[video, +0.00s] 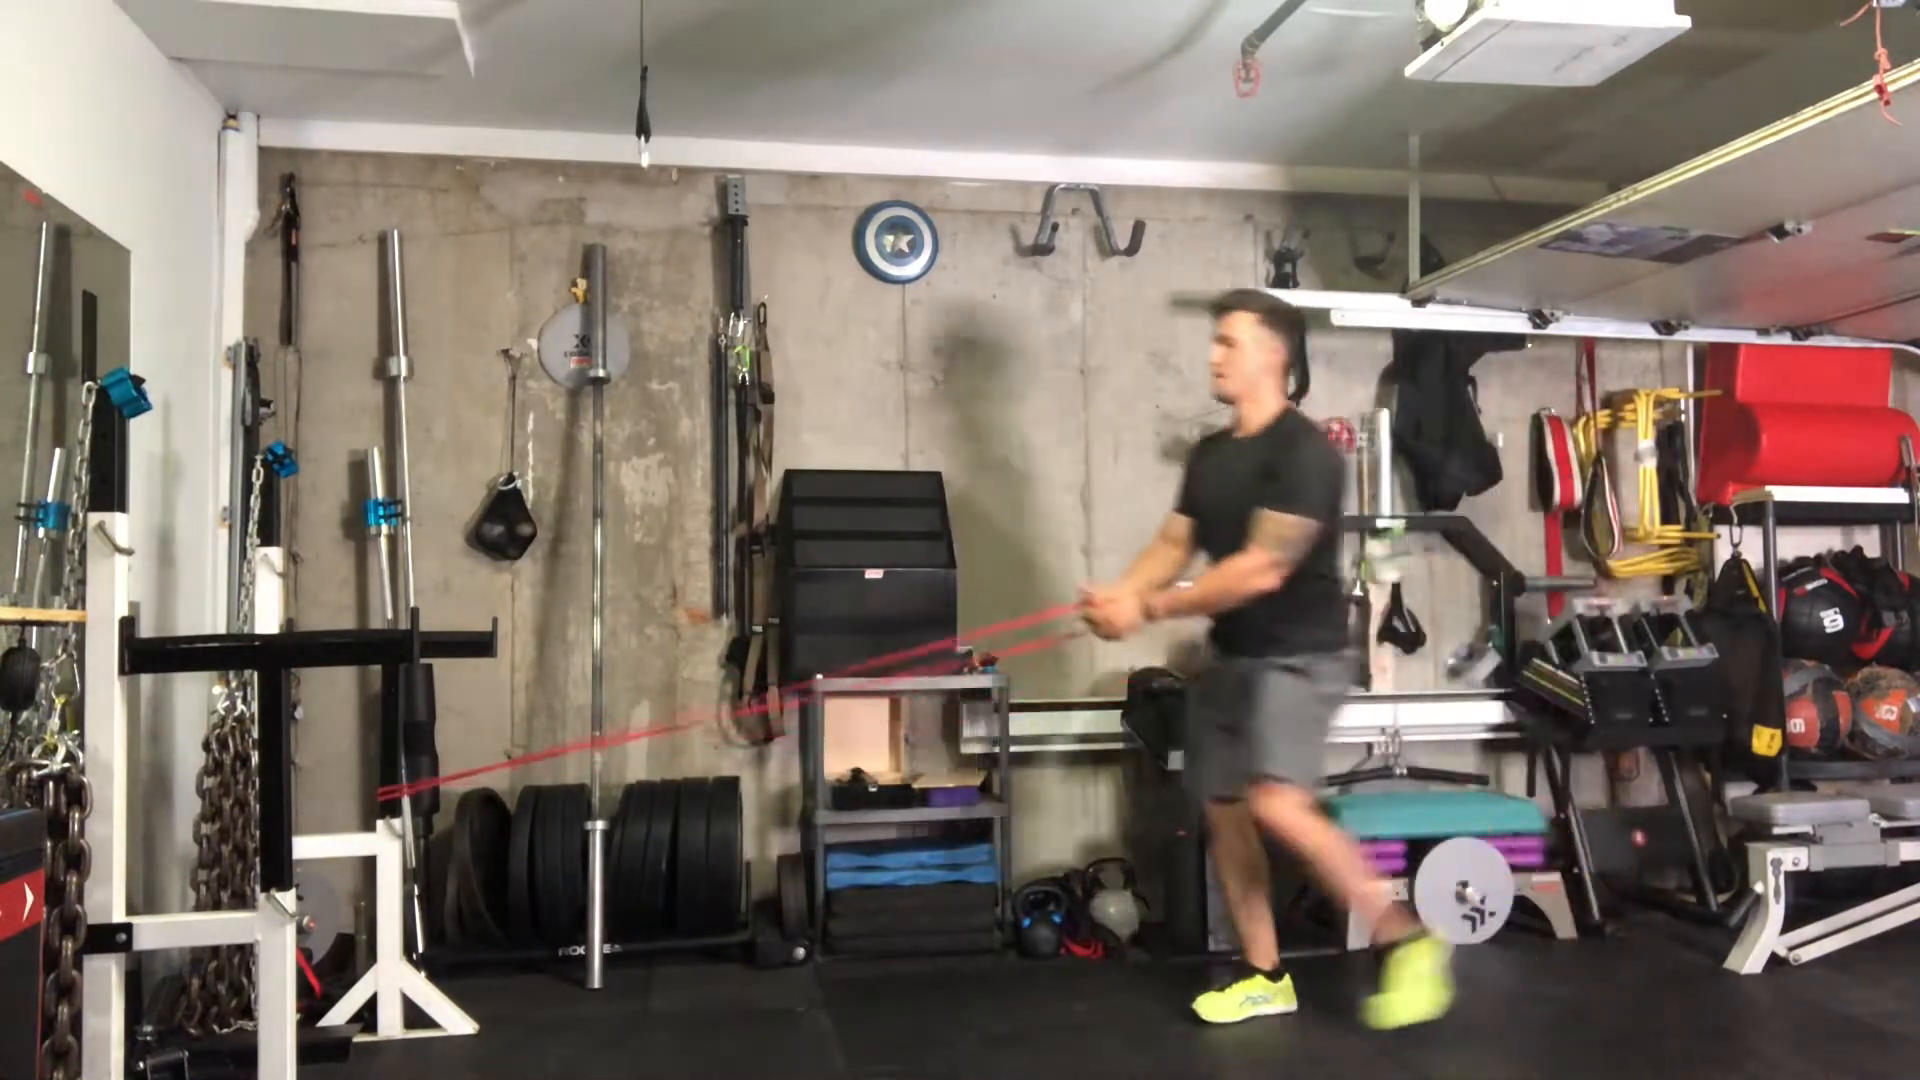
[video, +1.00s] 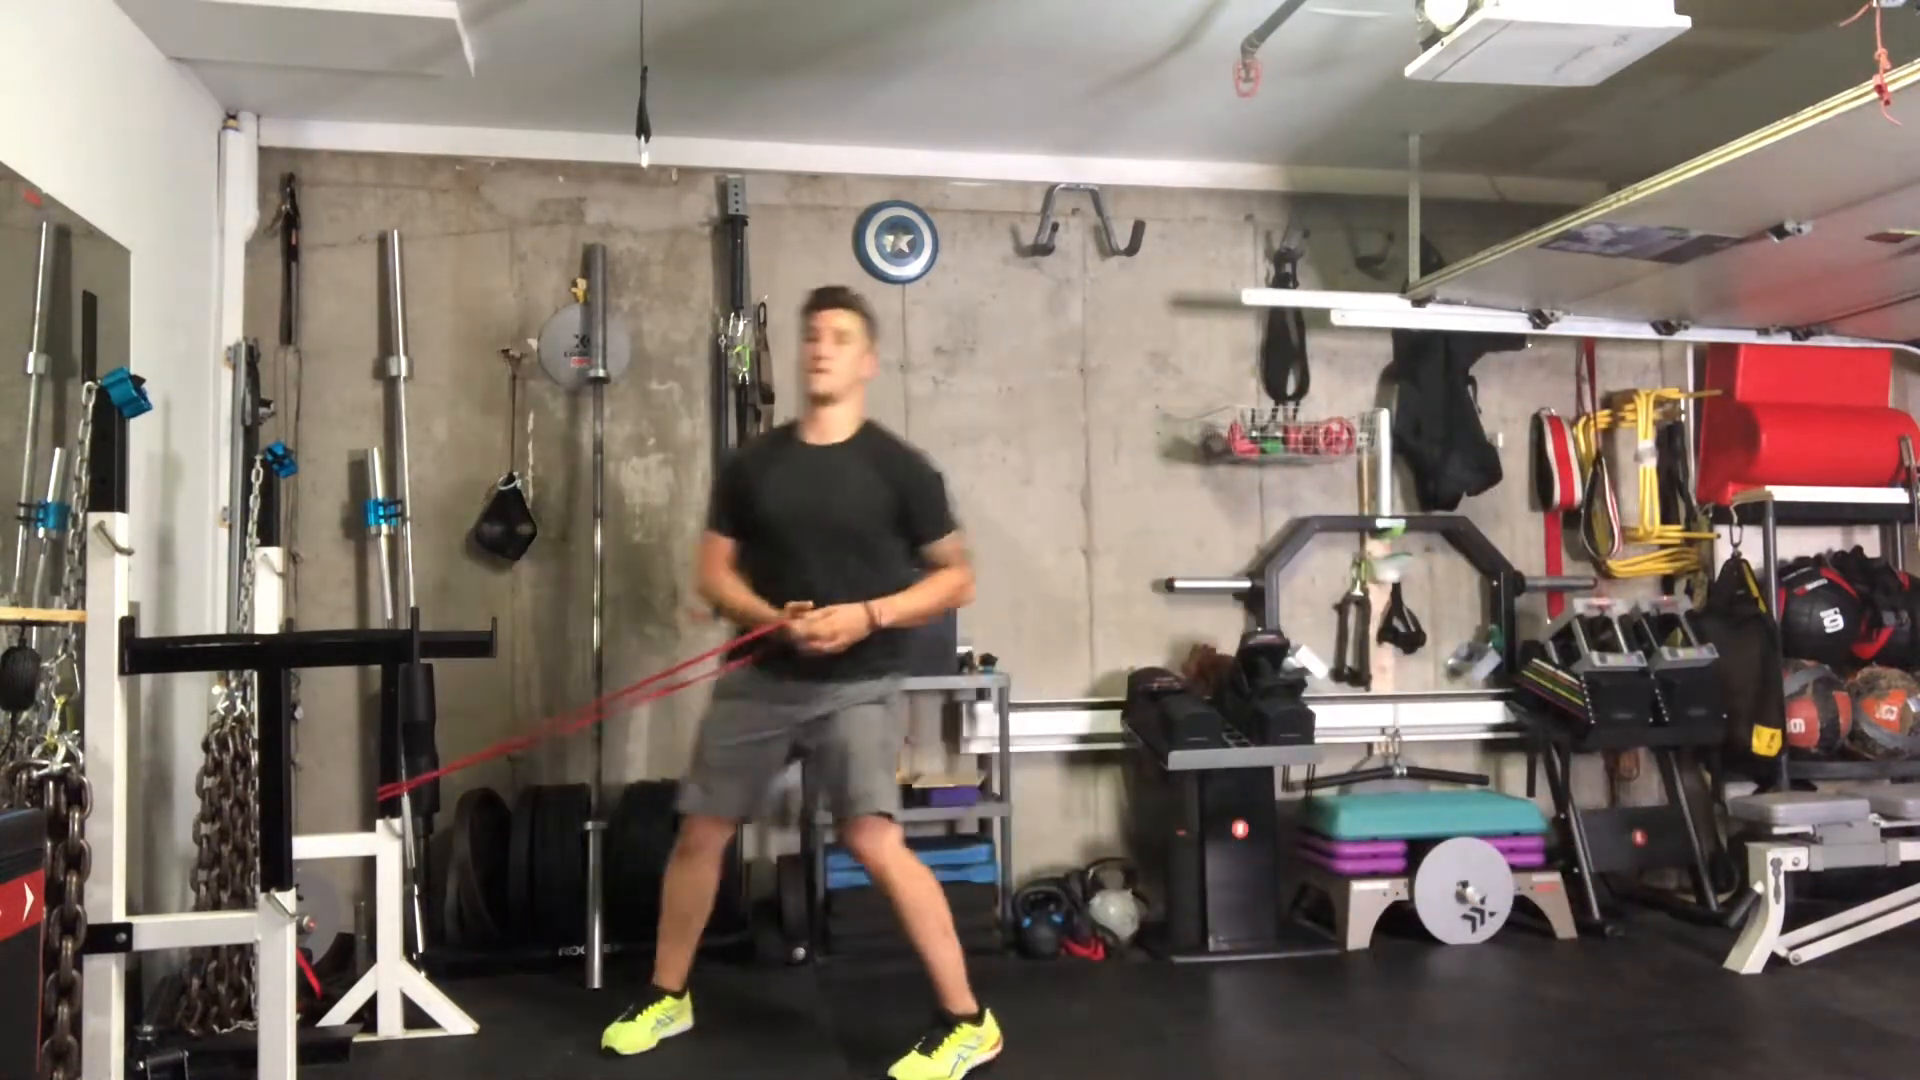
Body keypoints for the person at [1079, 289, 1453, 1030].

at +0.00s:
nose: (1213, 356)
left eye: (1228, 344)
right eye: (1215, 343)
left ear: (1276, 359)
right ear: (1239, 361)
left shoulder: (1307, 452)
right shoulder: (1212, 454)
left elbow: (1262, 568)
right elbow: (1173, 545)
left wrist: (1155, 605)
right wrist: (1124, 597)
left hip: (1299, 657)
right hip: (1231, 655)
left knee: (1277, 801)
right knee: (1226, 810)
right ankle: (1265, 974)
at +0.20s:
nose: (1137, 358)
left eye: (1153, 345)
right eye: (1139, 344)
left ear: (1199, 359)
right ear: (1155, 357)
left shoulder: (1222, 454)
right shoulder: (1136, 457)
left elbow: (1191, 575)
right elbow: (1099, 545)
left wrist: (1078, 610)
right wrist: (1046, 602)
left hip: (1210, 660)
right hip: (1157, 660)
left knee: (1147, 808)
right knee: (1199, 816)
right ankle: (1267, 975)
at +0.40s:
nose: (1051, 359)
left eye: (1069, 349)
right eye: (1055, 346)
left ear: (1116, 369)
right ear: (1083, 370)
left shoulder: (1124, 473)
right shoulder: (1044, 468)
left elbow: (1117, 606)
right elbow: (1009, 569)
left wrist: (1002, 642)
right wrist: (975, 624)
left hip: (1084, 685)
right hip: (1036, 679)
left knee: (995, 822)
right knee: (1073, 829)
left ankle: (974, 1027)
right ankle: (1218, 930)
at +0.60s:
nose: (965, 330)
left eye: (983, 321)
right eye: (970, 317)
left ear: (1027, 347)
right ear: (988, 339)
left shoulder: (1040, 446)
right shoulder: (951, 443)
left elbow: (1050, 580)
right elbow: (929, 542)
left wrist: (926, 613)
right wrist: (891, 596)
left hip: (1005, 666)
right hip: (936, 658)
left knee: (947, 823)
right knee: (884, 803)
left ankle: (971, 1031)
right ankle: (1002, 935)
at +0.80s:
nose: (889, 329)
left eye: (909, 318)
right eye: (890, 316)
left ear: (952, 343)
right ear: (895, 339)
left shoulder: (981, 449)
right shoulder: (860, 442)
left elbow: (1008, 574)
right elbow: (824, 542)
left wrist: (884, 598)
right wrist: (821, 589)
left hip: (932, 675)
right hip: (840, 670)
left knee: (914, 831)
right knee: (778, 807)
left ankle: (972, 1027)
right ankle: (731, 973)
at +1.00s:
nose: (821, 351)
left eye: (838, 340)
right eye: (812, 339)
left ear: (869, 360)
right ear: (797, 356)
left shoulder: (903, 470)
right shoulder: (753, 463)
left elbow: (957, 578)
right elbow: (711, 572)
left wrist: (870, 614)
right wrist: (768, 614)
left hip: (858, 689)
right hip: (757, 685)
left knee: (873, 837)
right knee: (700, 831)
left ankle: (967, 1020)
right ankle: (667, 999)